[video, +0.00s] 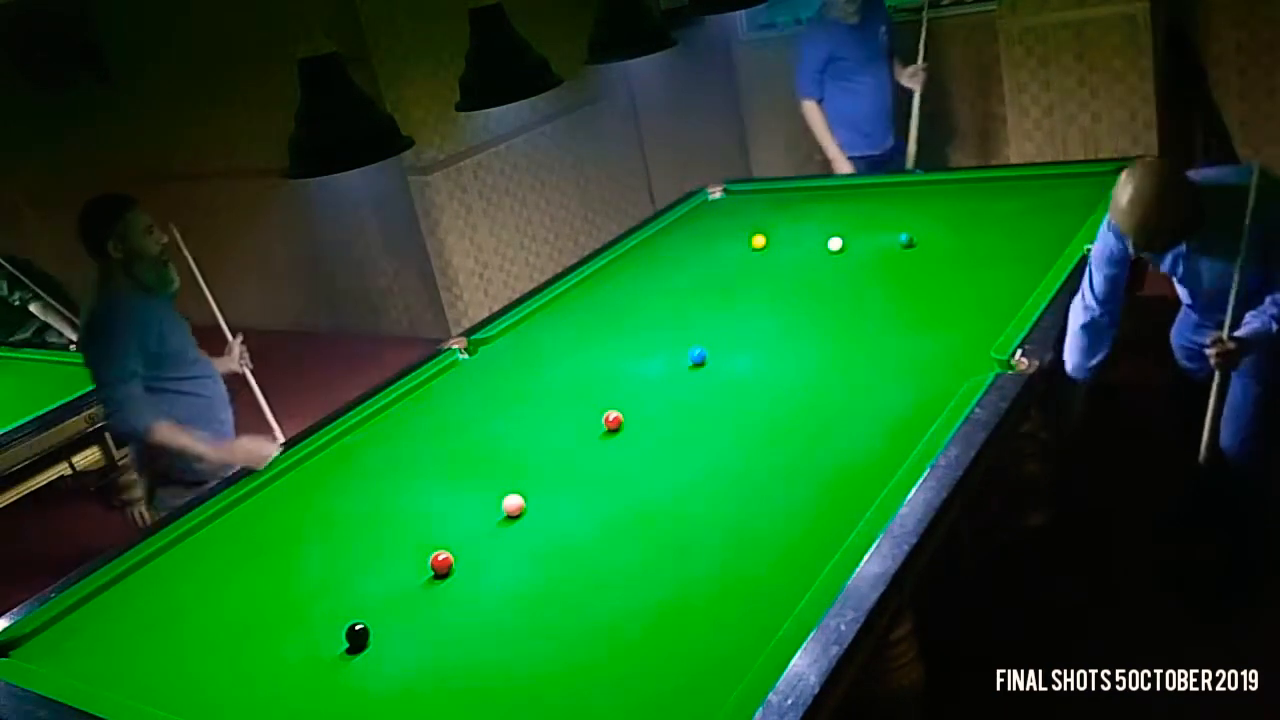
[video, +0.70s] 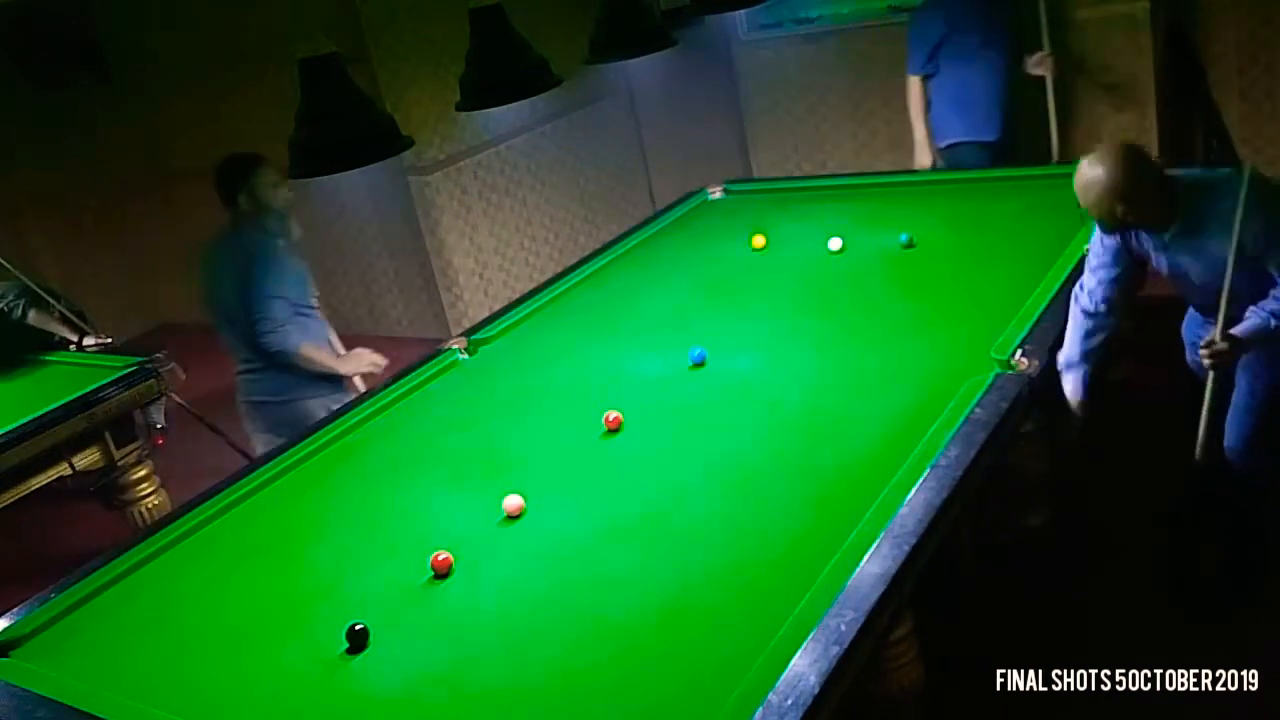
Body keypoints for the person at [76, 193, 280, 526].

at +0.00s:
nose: (163, 239)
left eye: (156, 228)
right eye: (148, 232)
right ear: (117, 249)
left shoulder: (145, 298)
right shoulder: (114, 315)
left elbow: (168, 364)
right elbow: (127, 414)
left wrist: (222, 364)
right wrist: (222, 450)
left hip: (214, 474)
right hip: (185, 488)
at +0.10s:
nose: (175, 231)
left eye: (169, 221)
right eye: (161, 225)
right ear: (131, 241)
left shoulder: (154, 290)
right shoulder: (136, 301)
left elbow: (174, 363)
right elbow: (156, 398)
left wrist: (223, 352)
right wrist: (244, 431)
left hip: (227, 464)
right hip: (202, 480)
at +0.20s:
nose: (187, 221)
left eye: (182, 211)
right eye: (173, 214)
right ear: (144, 230)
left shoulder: (164, 279)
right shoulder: (153, 286)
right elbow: (173, 382)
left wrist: (224, 336)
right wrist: (258, 415)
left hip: (232, 446)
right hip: (215, 457)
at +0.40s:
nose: (217, 205)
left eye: (211, 196)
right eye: (203, 199)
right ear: (176, 213)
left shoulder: (180, 260)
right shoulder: (187, 266)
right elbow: (203, 359)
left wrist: (237, 313)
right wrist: (282, 394)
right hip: (244, 428)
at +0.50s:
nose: (237, 202)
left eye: (231, 193)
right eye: (223, 196)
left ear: (195, 210)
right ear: (195, 209)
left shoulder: (188, 258)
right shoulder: (209, 261)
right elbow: (223, 350)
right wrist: (296, 386)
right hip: (260, 418)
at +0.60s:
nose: (260, 199)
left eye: (256, 189)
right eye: (248, 190)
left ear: (212, 205)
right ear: (222, 201)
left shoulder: (199, 256)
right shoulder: (239, 254)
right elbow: (244, 341)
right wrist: (315, 377)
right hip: (281, 409)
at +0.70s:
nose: (287, 193)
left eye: (283, 183)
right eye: (274, 186)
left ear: (242, 202)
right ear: (246, 199)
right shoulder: (269, 248)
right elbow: (272, 333)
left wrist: (345, 366)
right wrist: (340, 363)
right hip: (309, 401)